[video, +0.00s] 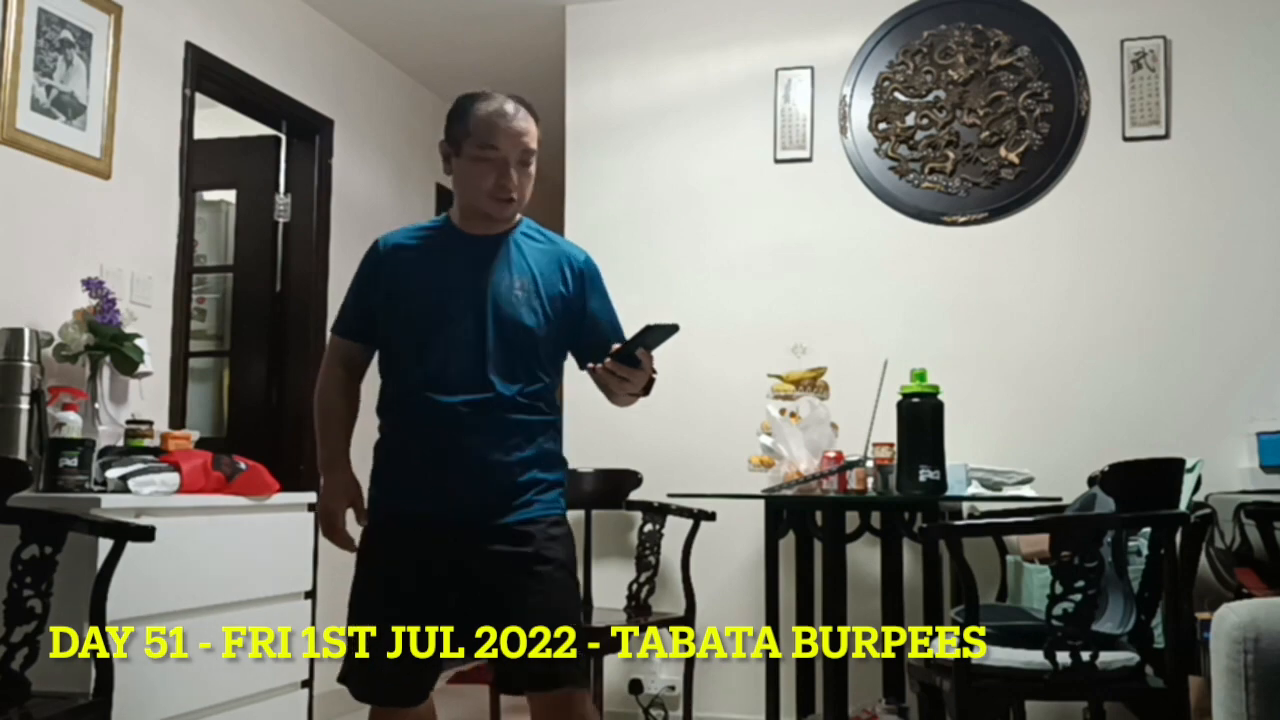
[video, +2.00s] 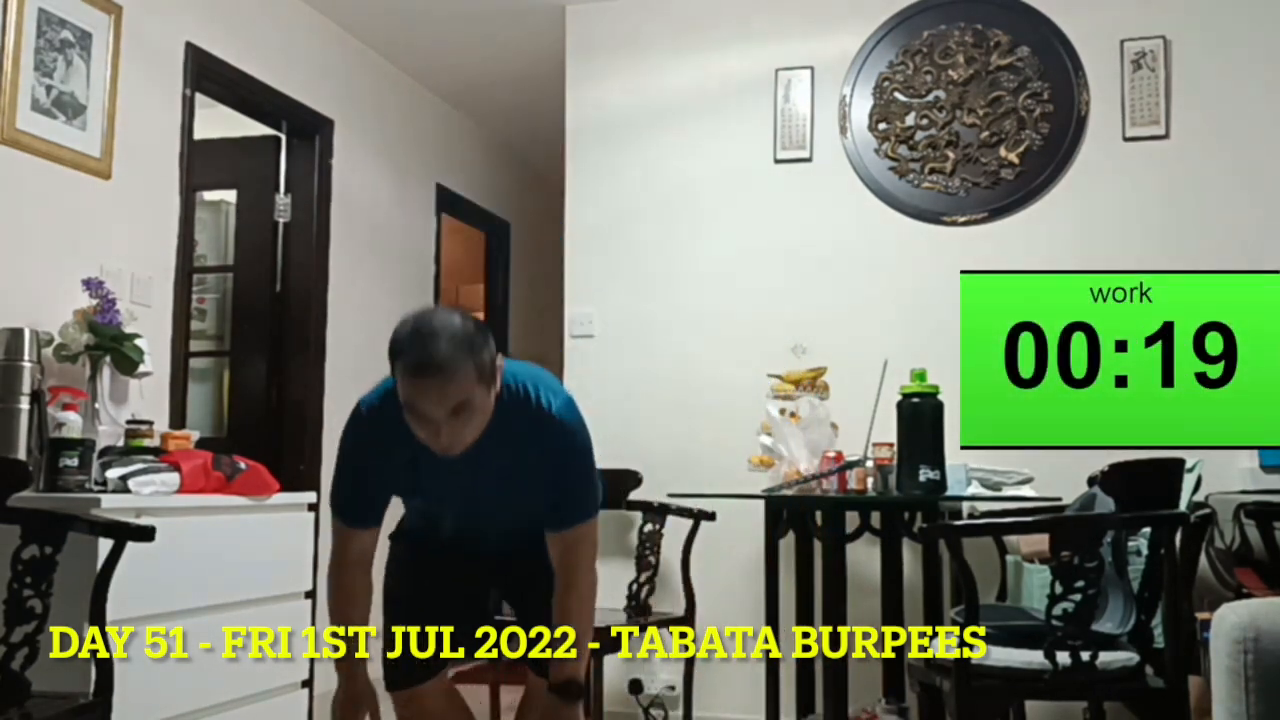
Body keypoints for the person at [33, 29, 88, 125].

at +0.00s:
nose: (66, 52)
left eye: (69, 48)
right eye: (63, 49)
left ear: (74, 49)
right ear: (61, 51)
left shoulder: (79, 66)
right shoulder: (61, 60)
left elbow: (69, 89)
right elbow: (57, 81)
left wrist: (48, 82)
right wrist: (49, 101)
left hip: (79, 102)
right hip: (62, 95)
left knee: (63, 98)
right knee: (47, 88)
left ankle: (69, 120)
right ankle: (61, 116)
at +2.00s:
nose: (66, 52)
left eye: (69, 48)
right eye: (63, 49)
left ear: (74, 49)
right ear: (61, 50)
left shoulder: (79, 65)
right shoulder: (61, 60)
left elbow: (70, 89)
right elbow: (57, 81)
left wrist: (49, 82)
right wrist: (49, 101)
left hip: (79, 101)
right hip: (63, 94)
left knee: (64, 98)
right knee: (49, 89)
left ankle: (70, 119)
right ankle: (61, 117)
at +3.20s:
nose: (66, 51)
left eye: (69, 48)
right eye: (63, 48)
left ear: (74, 49)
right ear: (61, 50)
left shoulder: (79, 65)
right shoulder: (61, 60)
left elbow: (70, 89)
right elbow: (57, 81)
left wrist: (49, 82)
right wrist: (49, 100)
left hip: (80, 102)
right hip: (63, 95)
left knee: (64, 98)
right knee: (48, 88)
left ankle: (70, 120)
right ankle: (61, 116)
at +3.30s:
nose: (66, 51)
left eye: (69, 48)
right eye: (63, 48)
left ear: (74, 49)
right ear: (61, 50)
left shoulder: (79, 65)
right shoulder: (61, 60)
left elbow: (70, 89)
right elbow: (57, 81)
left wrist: (49, 82)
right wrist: (49, 101)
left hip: (80, 102)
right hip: (63, 95)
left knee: (64, 98)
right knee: (48, 88)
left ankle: (70, 120)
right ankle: (61, 116)